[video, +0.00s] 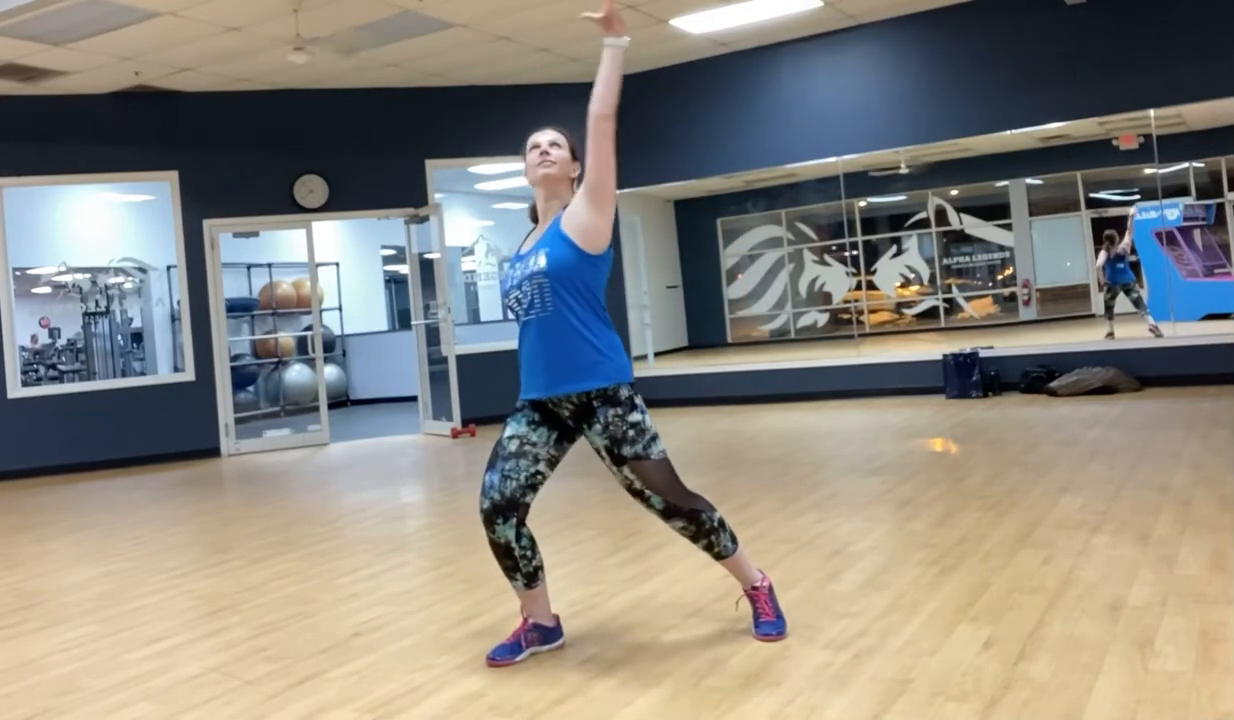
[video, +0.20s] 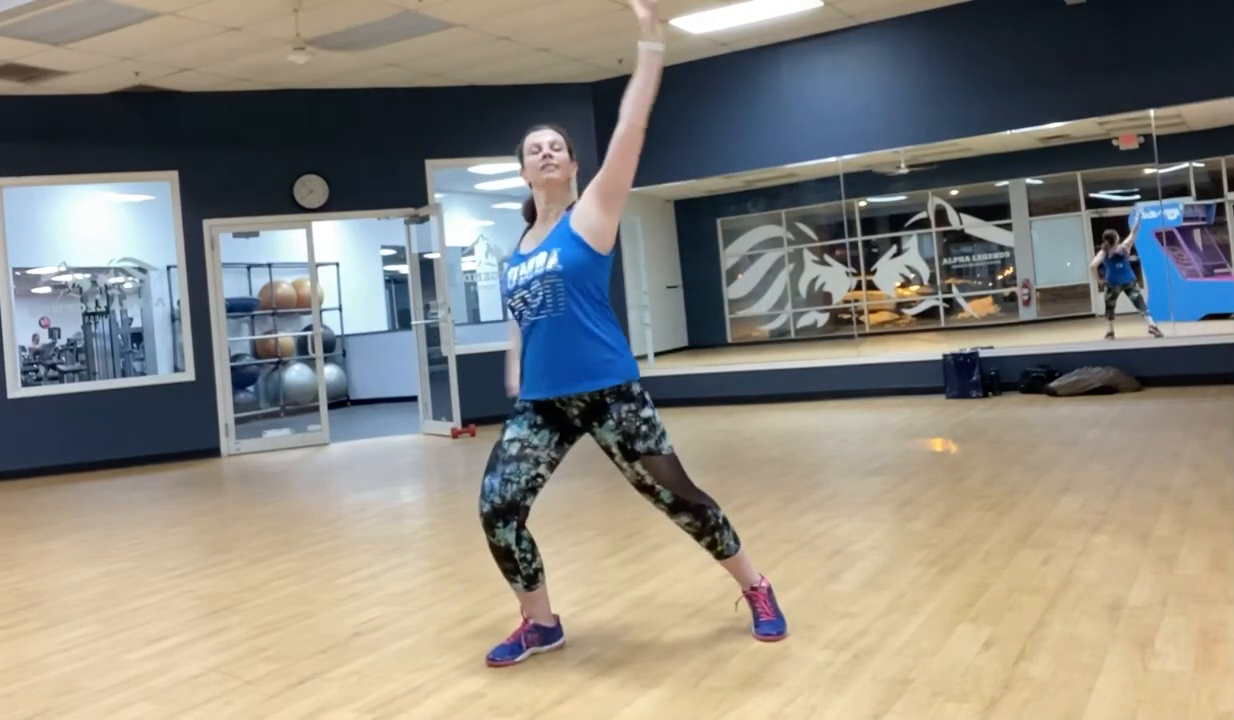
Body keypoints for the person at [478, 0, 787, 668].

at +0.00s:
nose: (543, 151)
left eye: (553, 146)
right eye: (533, 149)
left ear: (574, 163)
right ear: (525, 173)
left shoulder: (589, 214)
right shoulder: (528, 241)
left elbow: (602, 117)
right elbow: (538, 319)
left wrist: (614, 38)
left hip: (604, 396)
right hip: (540, 404)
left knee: (669, 502)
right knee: (498, 506)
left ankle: (755, 585)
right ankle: (540, 621)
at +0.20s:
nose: (548, 152)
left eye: (556, 146)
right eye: (536, 149)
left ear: (573, 162)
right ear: (522, 172)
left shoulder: (592, 212)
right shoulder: (521, 248)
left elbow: (631, 123)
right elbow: (517, 325)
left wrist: (651, 36)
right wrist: (516, 383)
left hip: (610, 394)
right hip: (541, 404)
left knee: (676, 497)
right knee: (498, 508)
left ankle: (755, 589)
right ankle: (539, 621)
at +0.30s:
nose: (547, 157)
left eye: (555, 148)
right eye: (534, 152)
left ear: (571, 160)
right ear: (519, 169)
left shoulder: (597, 205)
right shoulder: (507, 238)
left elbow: (646, 129)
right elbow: (464, 293)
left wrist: (682, 60)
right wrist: (447, 340)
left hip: (613, 383)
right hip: (539, 397)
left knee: (675, 491)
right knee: (499, 507)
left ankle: (752, 589)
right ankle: (540, 621)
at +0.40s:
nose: (550, 157)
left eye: (557, 147)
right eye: (537, 150)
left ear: (572, 153)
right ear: (521, 163)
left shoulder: (598, 200)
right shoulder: (500, 230)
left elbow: (657, 132)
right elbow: (439, 268)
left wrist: (697, 61)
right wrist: (397, 311)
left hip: (614, 376)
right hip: (540, 389)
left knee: (677, 486)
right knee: (507, 501)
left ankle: (746, 590)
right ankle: (540, 621)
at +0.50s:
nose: (559, 154)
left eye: (567, 142)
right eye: (547, 146)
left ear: (582, 138)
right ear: (530, 149)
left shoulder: (613, 181)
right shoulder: (510, 205)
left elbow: (685, 135)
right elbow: (428, 214)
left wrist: (743, 89)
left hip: (628, 363)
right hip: (551, 375)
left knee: (681, 467)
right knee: (528, 492)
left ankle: (685, 595)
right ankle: (537, 617)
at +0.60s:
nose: (564, 157)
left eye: (572, 146)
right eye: (552, 150)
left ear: (590, 137)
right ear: (537, 151)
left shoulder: (625, 177)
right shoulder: (522, 200)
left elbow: (700, 145)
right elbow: (432, 196)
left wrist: (770, 127)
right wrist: (346, 177)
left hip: (639, 362)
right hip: (562, 372)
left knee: (679, 472)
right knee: (527, 490)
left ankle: (673, 603)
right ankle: (519, 606)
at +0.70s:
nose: (583, 174)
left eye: (590, 162)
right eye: (571, 166)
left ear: (606, 151)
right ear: (555, 163)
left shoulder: (641, 186)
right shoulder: (546, 208)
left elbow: (715, 179)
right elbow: (457, 195)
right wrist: (373, 163)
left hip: (650, 371)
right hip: (579, 376)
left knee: (691, 480)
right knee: (537, 487)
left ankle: (670, 607)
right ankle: (471, 604)